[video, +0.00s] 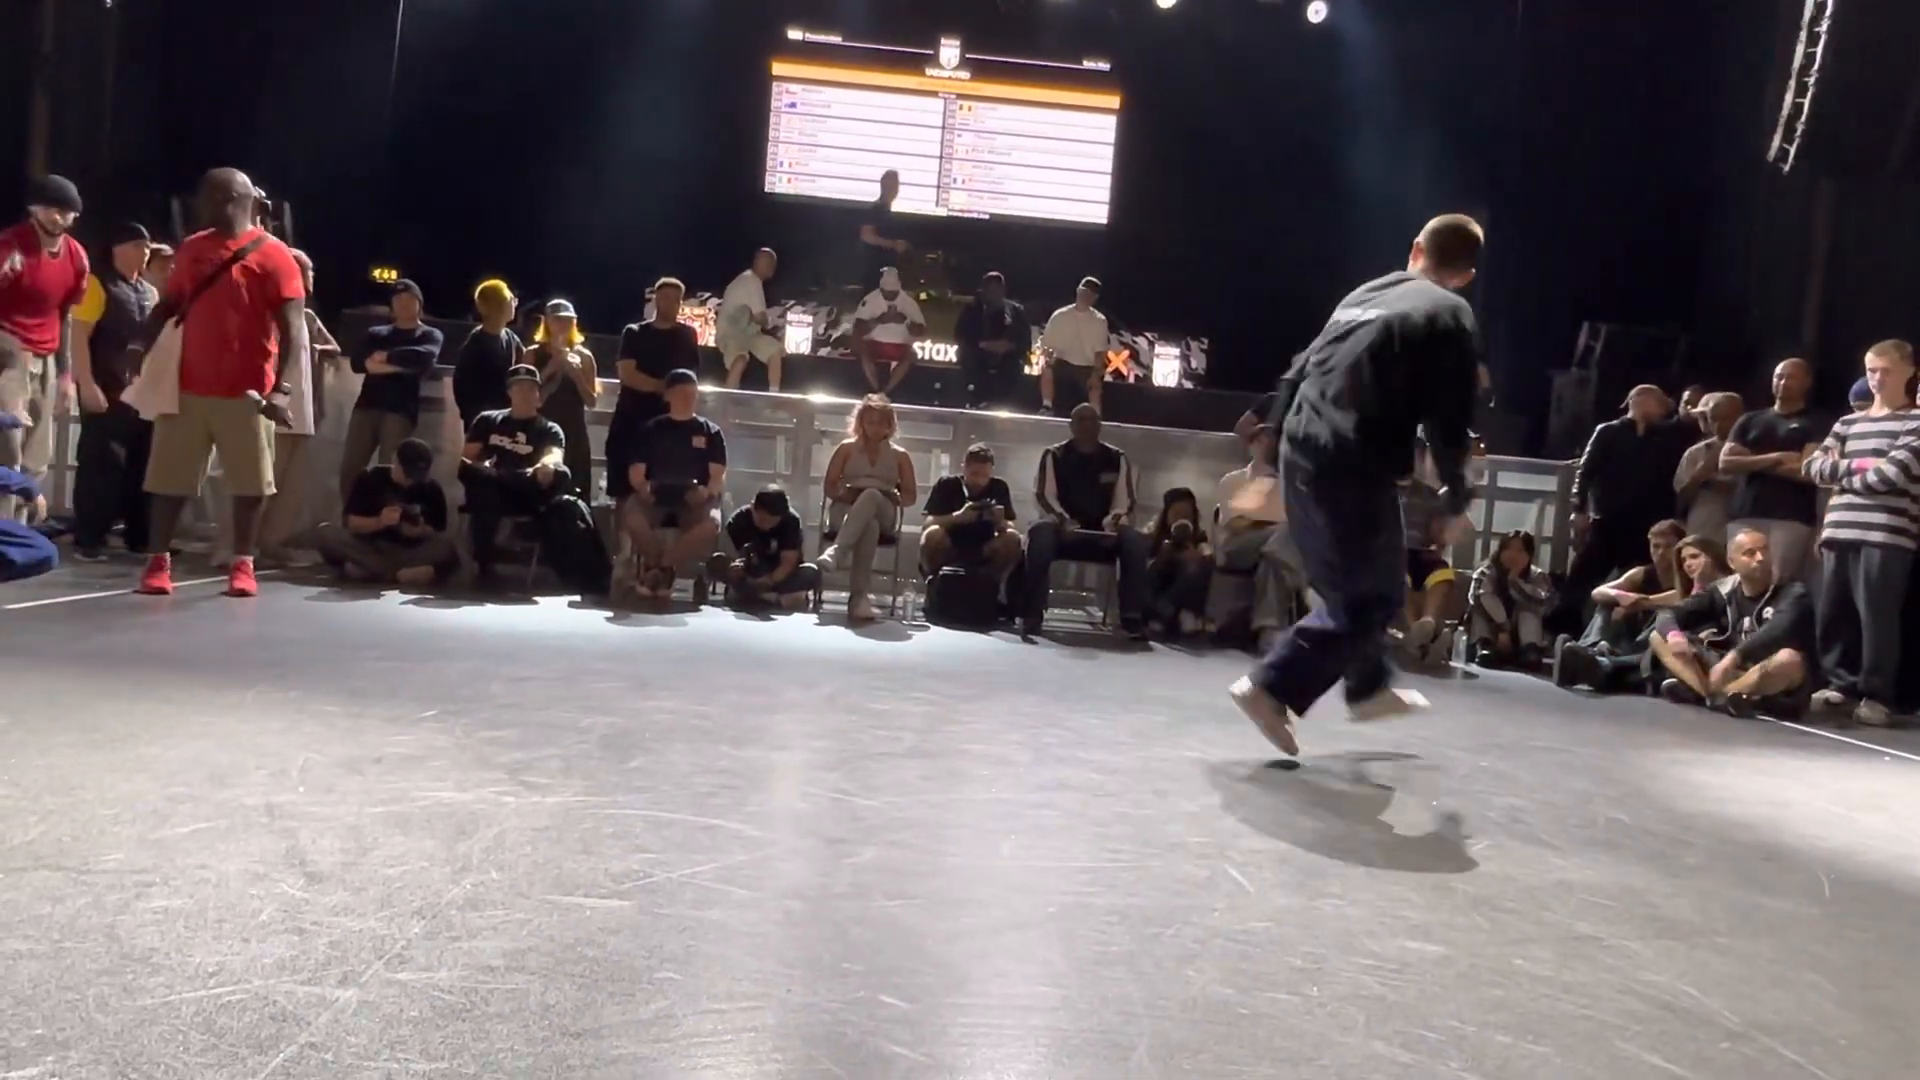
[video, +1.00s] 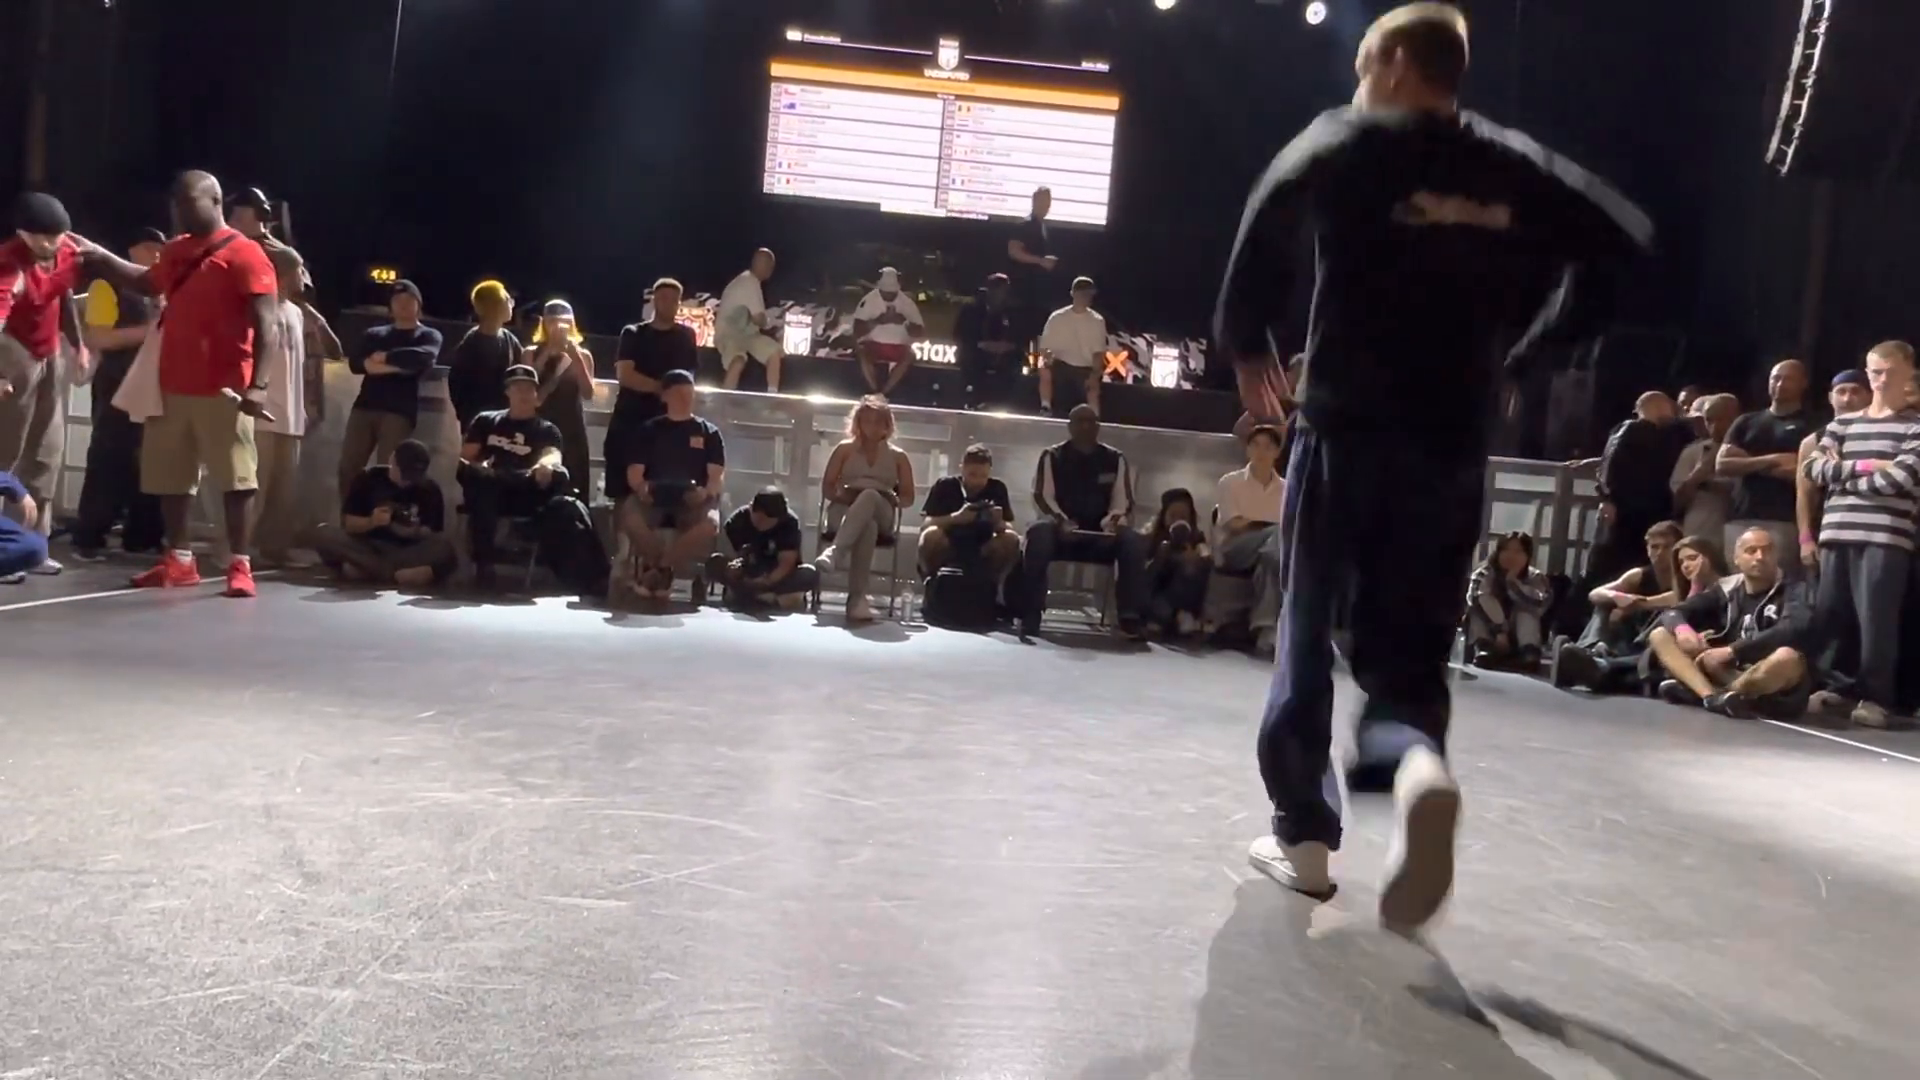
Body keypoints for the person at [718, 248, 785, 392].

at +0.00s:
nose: (772, 270)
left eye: (773, 266)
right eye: (770, 265)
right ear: (760, 263)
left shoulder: (753, 281)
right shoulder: (751, 281)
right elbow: (759, 316)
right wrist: (769, 321)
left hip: (750, 332)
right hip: (730, 332)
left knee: (775, 352)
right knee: (740, 358)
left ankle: (774, 396)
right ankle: (727, 398)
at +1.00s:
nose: (770, 270)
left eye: (771, 266)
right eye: (769, 265)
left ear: (757, 264)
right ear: (760, 264)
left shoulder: (752, 282)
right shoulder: (748, 282)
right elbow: (758, 318)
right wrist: (767, 322)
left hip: (749, 333)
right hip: (729, 333)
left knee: (774, 353)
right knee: (738, 360)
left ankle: (772, 396)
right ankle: (725, 399)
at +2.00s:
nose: (773, 271)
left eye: (773, 267)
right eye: (771, 266)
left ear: (758, 265)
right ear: (762, 265)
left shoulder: (755, 285)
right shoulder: (748, 283)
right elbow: (759, 319)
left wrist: (763, 320)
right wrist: (766, 323)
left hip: (751, 335)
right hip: (730, 334)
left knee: (774, 354)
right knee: (739, 360)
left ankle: (773, 398)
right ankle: (727, 400)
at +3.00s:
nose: (758, 280)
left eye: (758, 276)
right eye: (756, 275)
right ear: (746, 275)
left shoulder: (743, 297)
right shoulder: (730, 292)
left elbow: (747, 325)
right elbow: (740, 327)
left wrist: (764, 322)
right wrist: (756, 332)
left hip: (738, 345)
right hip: (717, 345)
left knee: (763, 364)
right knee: (725, 370)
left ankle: (762, 407)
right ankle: (715, 410)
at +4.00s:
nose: (717, 282)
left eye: (720, 278)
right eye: (713, 277)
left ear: (723, 282)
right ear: (704, 278)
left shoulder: (725, 305)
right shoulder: (691, 299)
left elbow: (732, 336)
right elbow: (689, 332)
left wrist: (712, 330)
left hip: (720, 350)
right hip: (697, 350)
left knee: (748, 371)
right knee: (703, 379)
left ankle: (751, 416)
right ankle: (696, 420)